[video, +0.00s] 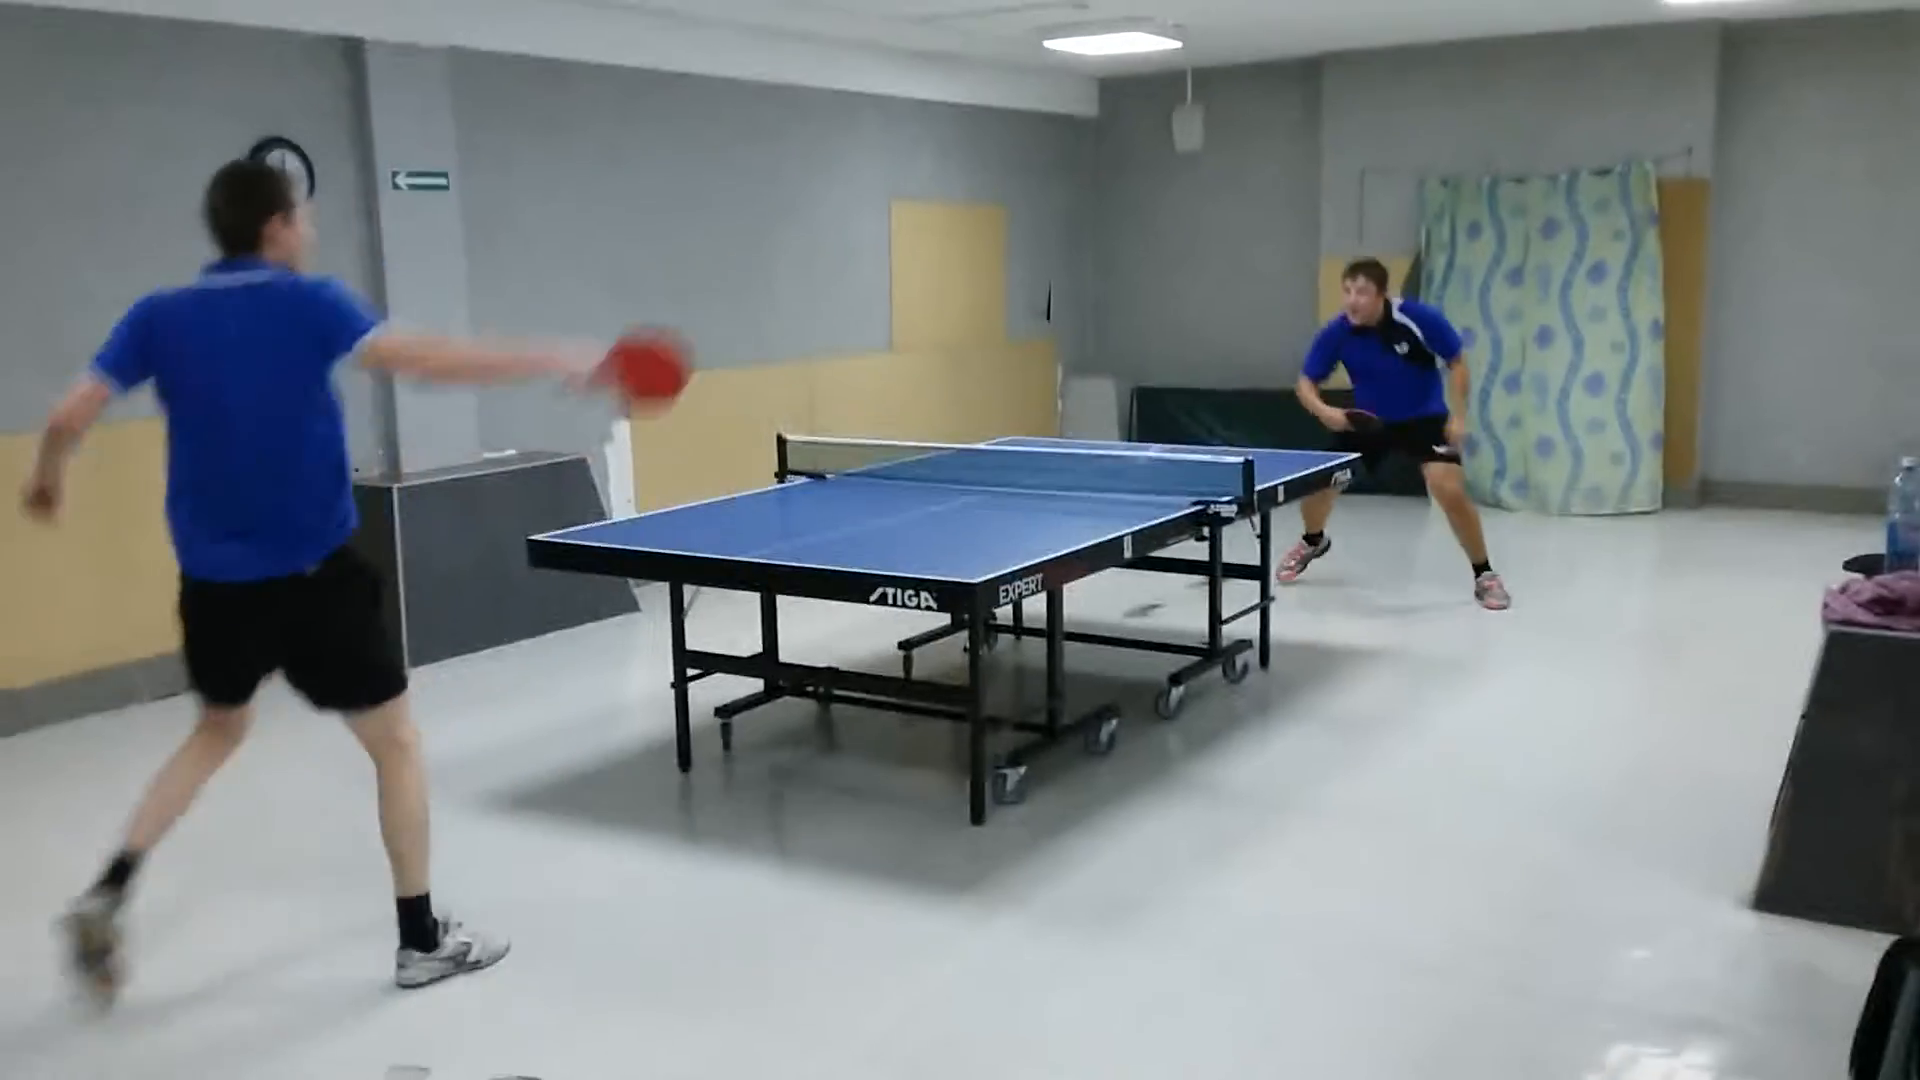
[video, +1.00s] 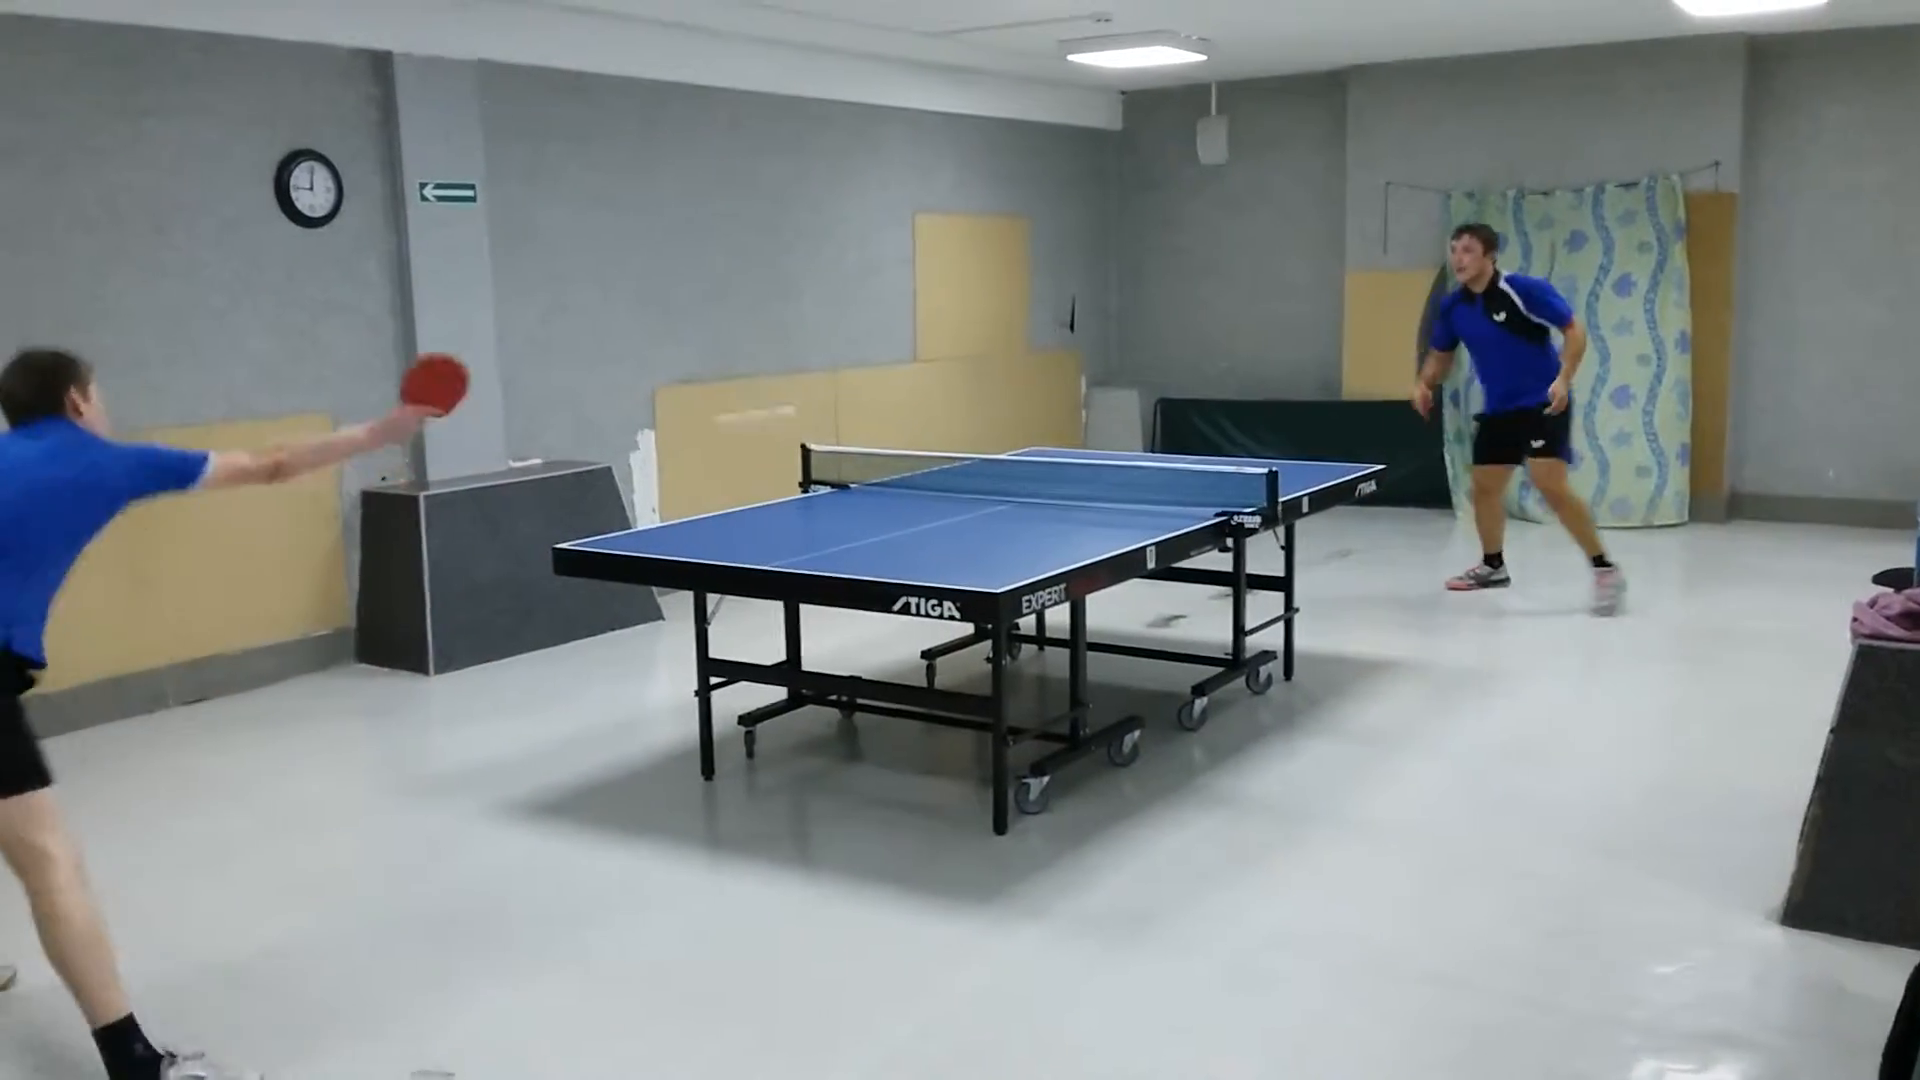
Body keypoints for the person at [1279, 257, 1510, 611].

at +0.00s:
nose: (1353, 300)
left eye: (1362, 292)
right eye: (1349, 292)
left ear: (1381, 295)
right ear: (1343, 294)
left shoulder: (1419, 320)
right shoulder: (1337, 333)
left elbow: (1457, 364)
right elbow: (1304, 384)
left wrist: (1458, 418)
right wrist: (1324, 412)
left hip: (1424, 422)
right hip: (1369, 423)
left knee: (1448, 488)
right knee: (1317, 477)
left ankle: (1484, 574)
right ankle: (1313, 541)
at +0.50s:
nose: (1381, 316)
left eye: (1390, 307)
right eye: (1375, 309)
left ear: (1409, 311)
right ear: (1368, 316)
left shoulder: (1446, 340)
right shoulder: (1364, 366)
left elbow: (1484, 375)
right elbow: (1341, 420)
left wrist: (1517, 414)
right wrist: (1336, 438)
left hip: (1455, 440)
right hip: (1399, 445)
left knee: (1484, 511)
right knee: (1364, 499)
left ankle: (1527, 578)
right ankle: (1318, 585)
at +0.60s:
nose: (1414, 300)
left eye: (1424, 291)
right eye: (1410, 292)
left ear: (1444, 296)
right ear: (1404, 298)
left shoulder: (1480, 330)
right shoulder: (1396, 347)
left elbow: (1520, 370)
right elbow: (1376, 399)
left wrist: (1548, 418)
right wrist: (1372, 428)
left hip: (1481, 431)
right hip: (1422, 434)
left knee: (1504, 502)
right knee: (1382, 492)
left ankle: (1536, 576)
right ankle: (1326, 578)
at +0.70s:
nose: (1432, 279)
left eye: (1443, 272)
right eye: (1429, 272)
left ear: (1464, 279)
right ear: (1425, 279)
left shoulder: (1499, 313)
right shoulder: (1419, 325)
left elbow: (1546, 355)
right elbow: (1404, 374)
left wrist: (1563, 410)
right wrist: (1395, 404)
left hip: (1503, 419)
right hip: (1445, 420)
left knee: (1513, 493)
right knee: (1405, 481)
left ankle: (1539, 577)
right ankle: (1353, 570)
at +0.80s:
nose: (1442, 254)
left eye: (1452, 247)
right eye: (1439, 247)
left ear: (1475, 253)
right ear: (1435, 253)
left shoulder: (1512, 291)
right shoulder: (1430, 302)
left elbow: (1557, 330)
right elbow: (1415, 350)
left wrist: (1567, 382)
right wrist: (1402, 385)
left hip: (1517, 403)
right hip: (1463, 403)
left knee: (1521, 487)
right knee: (1428, 474)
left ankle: (1542, 575)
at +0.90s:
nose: (1447, 247)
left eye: (1457, 240)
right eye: (1444, 240)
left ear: (1480, 247)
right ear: (1440, 246)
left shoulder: (1515, 280)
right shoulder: (1436, 295)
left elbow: (1562, 318)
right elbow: (1420, 343)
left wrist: (1566, 371)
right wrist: (1412, 378)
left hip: (1529, 395)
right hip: (1478, 398)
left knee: (1532, 480)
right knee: (1459, 477)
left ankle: (1565, 567)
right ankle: (1472, 559)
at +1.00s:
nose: (1459, 259)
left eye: (1468, 251)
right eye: (1455, 252)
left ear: (1489, 256)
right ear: (1452, 258)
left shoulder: (1524, 290)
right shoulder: (1454, 307)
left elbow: (1575, 331)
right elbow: (1440, 354)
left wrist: (1563, 381)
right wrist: (1425, 381)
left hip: (1544, 403)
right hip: (1499, 410)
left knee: (1549, 482)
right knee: (1484, 486)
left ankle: (1605, 569)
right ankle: (1493, 566)